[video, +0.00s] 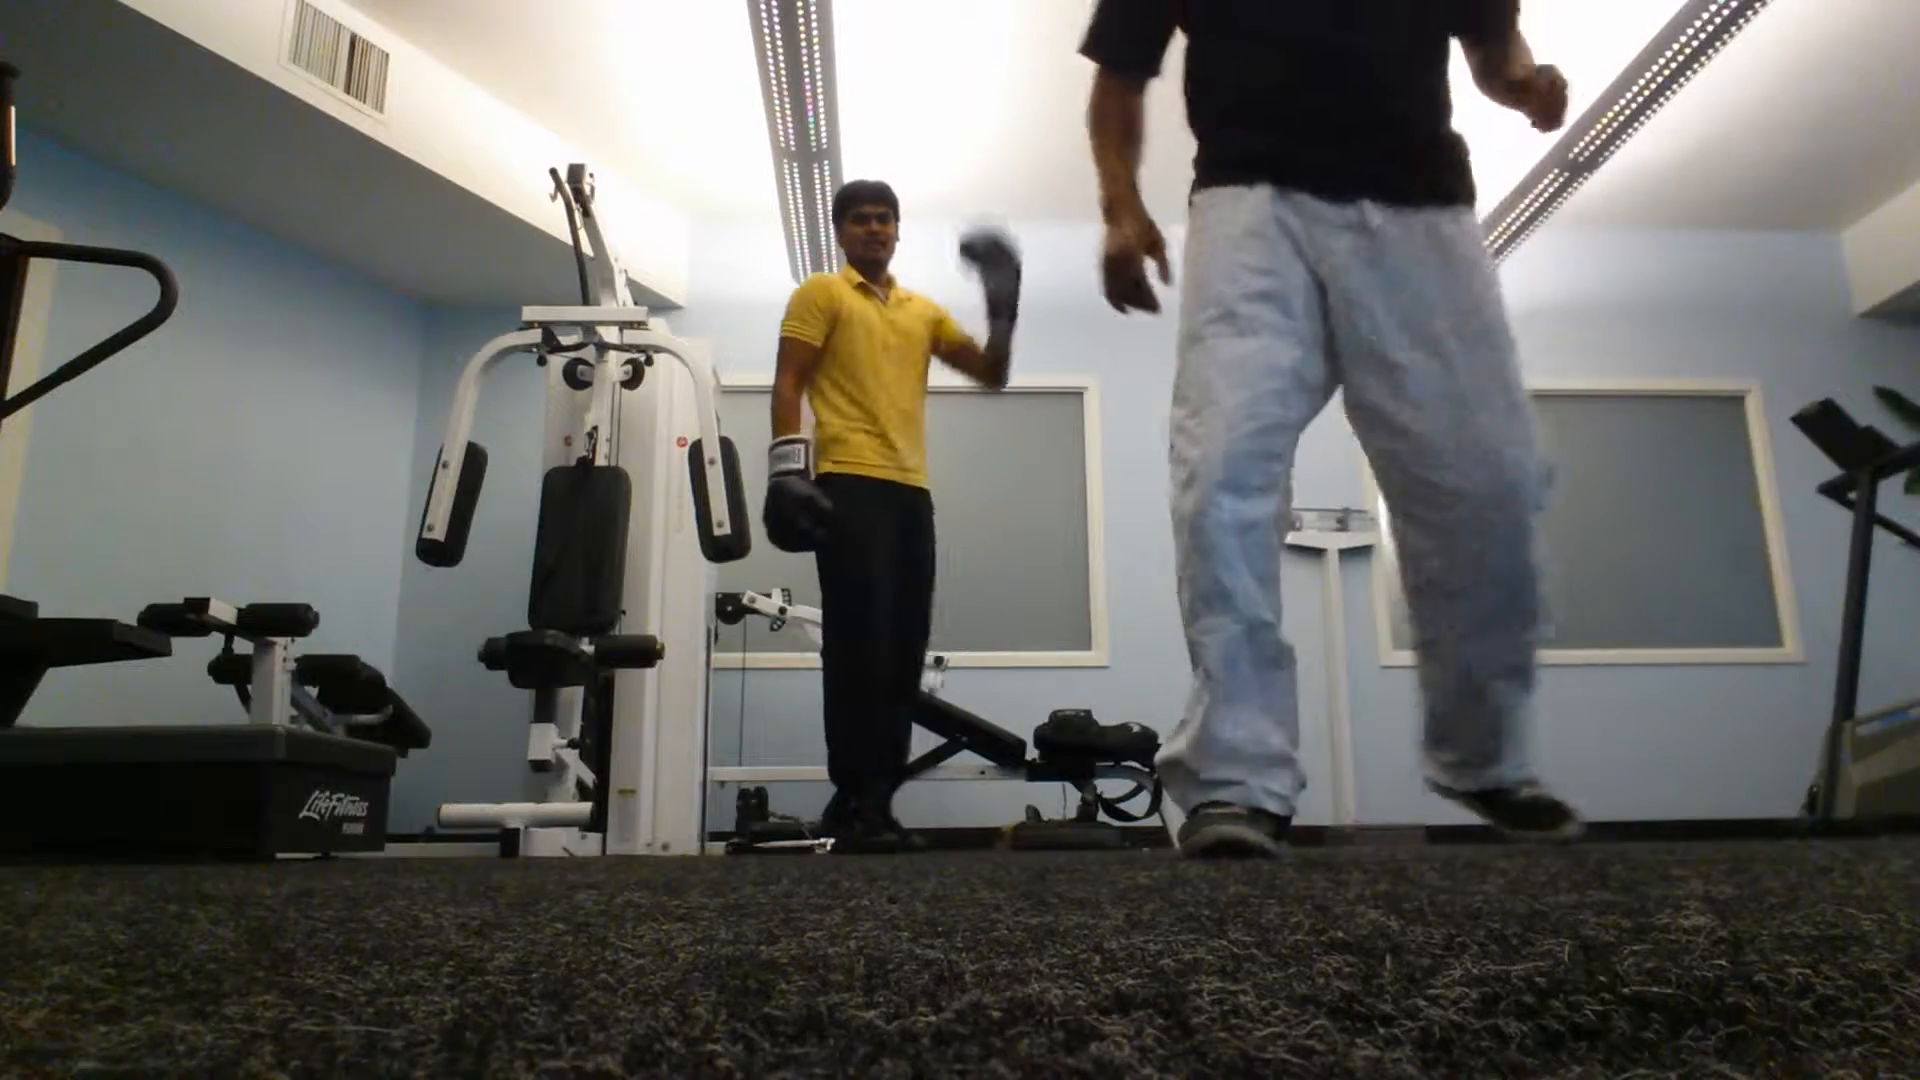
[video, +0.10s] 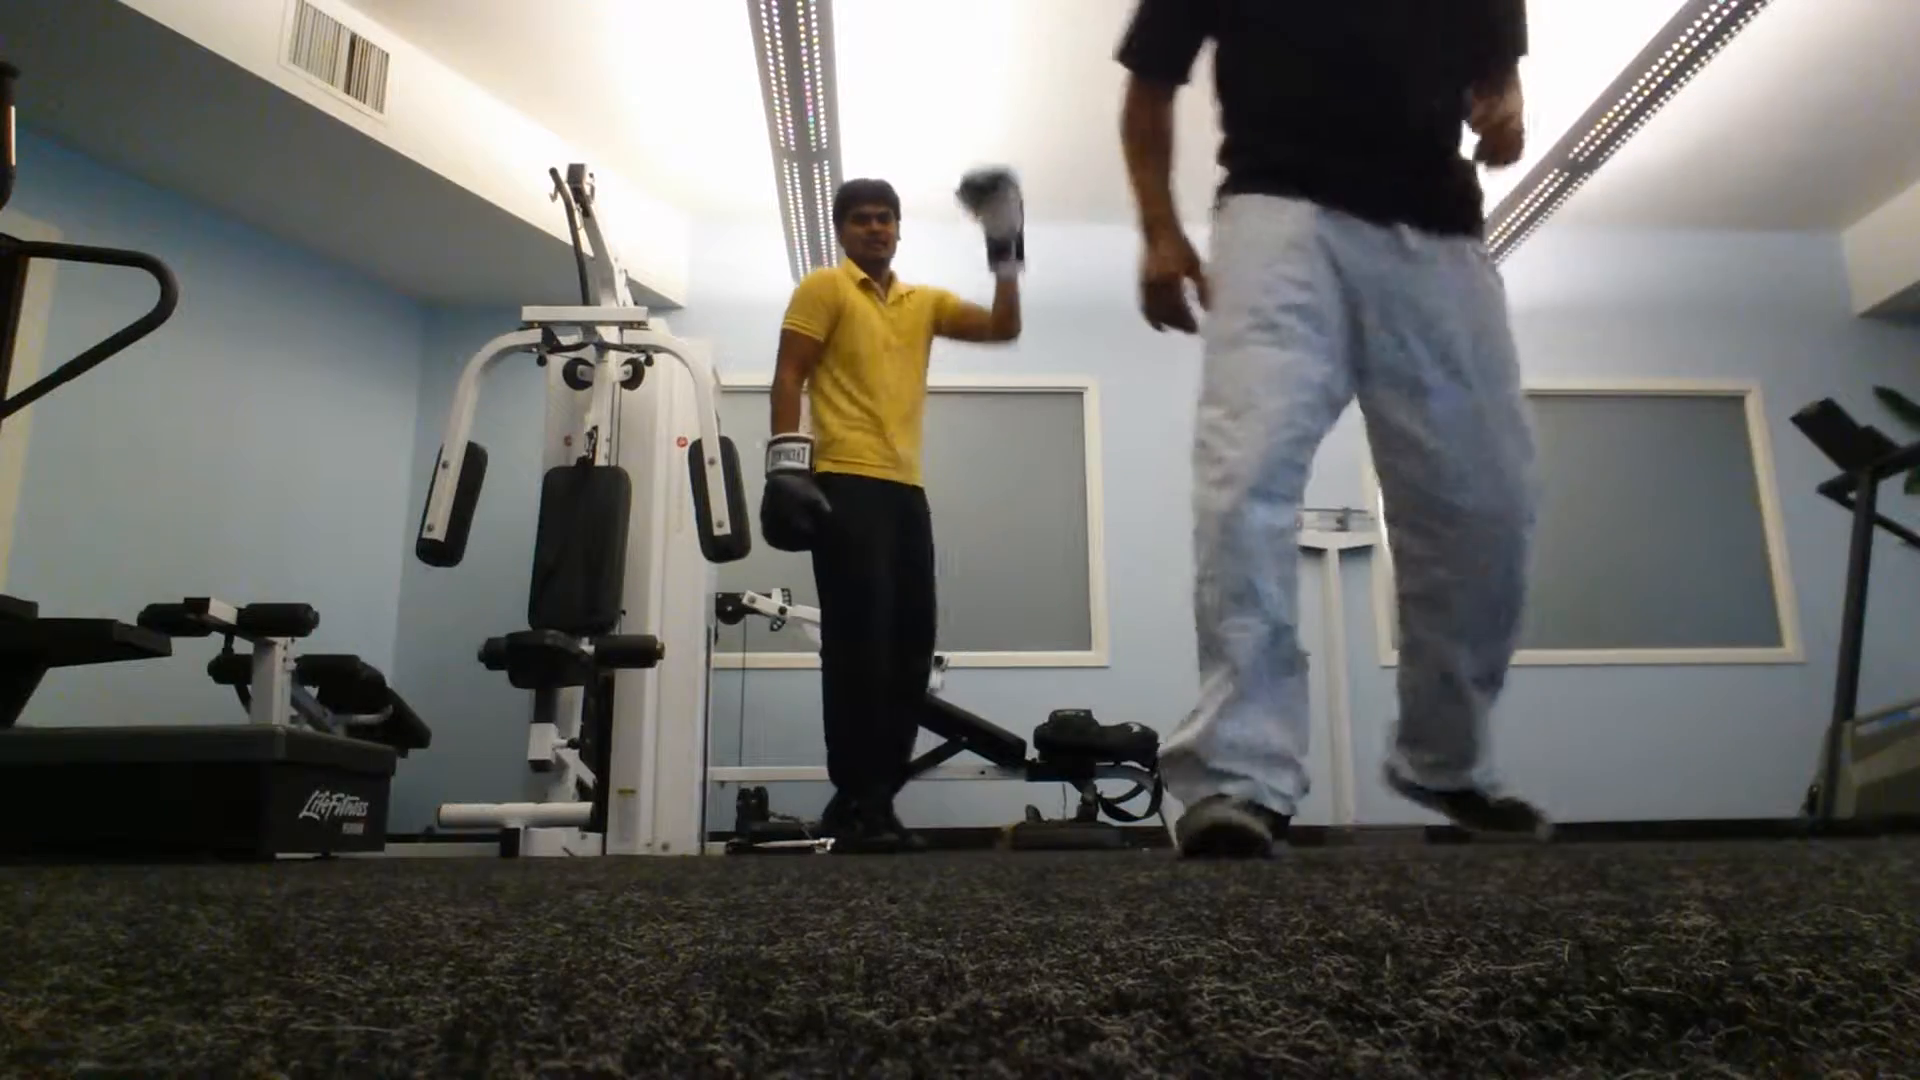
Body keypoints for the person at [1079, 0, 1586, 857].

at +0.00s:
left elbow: (1495, 48)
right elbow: (1120, 70)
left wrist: (1526, 85)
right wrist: (1121, 207)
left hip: (1418, 207)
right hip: (1250, 201)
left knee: (1485, 485)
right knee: (1219, 489)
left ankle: (1481, 764)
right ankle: (1236, 787)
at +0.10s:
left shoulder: (1479, 6)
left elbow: (1495, 84)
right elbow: (1148, 83)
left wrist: (1502, 119)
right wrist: (1160, 232)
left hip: (1434, 226)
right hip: (1283, 210)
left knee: (1483, 504)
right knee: (1244, 490)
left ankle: (1446, 766)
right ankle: (1239, 785)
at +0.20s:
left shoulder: (1502, 8)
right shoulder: (1264, 6)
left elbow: (1505, 111)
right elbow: (1187, 103)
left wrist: (1512, 160)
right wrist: (1206, 261)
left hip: (1465, 252)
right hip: (1331, 222)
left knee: (1488, 533)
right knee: (1283, 494)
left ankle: (1398, 773)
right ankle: (1241, 777)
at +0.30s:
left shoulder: (1528, 17)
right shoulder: (1353, 10)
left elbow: (1521, 164)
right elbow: (1252, 131)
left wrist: (1586, 233)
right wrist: (1260, 302)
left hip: (1499, 291)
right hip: (1393, 260)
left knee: (1486, 566)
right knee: (1347, 506)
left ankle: (1378, 796)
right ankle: (1262, 774)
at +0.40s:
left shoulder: (1576, 52)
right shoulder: (1419, 14)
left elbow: (1601, 224)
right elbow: (1353, 159)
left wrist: (1677, 348)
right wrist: (1374, 308)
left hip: (1527, 306)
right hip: (1435, 276)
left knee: (1497, 531)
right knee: (1527, 474)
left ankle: (1408, 777)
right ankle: (1390, 766)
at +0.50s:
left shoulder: (1650, 37)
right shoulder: (1491, 10)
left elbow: (1671, 196)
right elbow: (1464, 150)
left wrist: (1724, 331)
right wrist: (1555, 246)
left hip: (1573, 303)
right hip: (1483, 286)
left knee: (1511, 564)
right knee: (1651, 458)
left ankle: (1382, 786)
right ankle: (1711, 757)